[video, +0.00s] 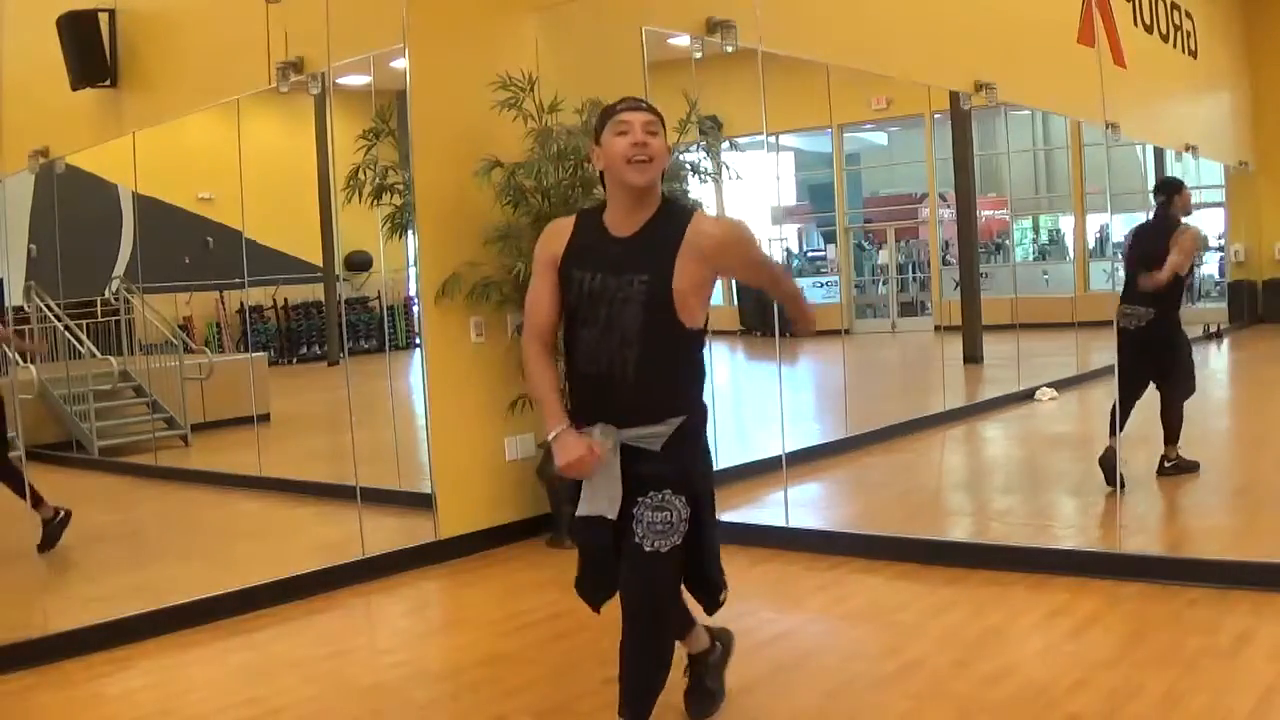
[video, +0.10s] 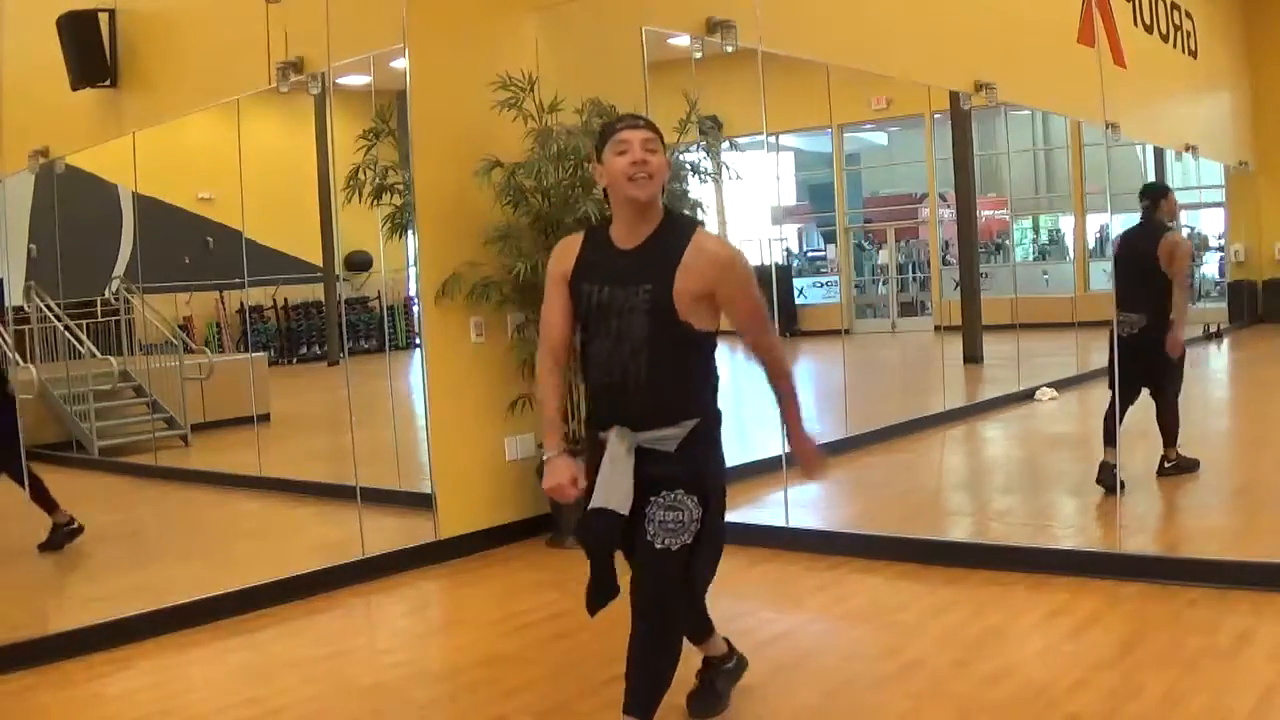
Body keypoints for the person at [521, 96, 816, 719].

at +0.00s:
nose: (640, 140)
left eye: (651, 132)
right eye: (624, 132)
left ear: (669, 153)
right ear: (598, 156)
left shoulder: (708, 237)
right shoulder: (561, 239)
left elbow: (777, 283)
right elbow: (537, 343)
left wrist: (803, 317)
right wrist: (559, 429)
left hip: (667, 443)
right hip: (592, 442)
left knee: (646, 595)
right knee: (623, 573)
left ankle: (632, 714)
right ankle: (704, 644)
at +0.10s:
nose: (639, 158)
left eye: (651, 150)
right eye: (623, 151)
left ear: (667, 171)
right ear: (600, 174)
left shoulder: (710, 258)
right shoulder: (572, 256)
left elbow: (769, 352)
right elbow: (552, 356)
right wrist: (553, 448)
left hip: (683, 452)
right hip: (611, 449)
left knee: (656, 601)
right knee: (657, 572)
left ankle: (636, 715)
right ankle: (720, 655)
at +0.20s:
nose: (642, 172)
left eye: (651, 161)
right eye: (625, 166)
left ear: (669, 175)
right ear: (605, 187)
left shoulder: (713, 260)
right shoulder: (587, 265)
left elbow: (732, 377)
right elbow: (569, 364)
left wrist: (725, 477)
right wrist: (558, 454)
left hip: (695, 443)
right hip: (626, 442)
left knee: (664, 583)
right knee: (668, 568)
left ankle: (641, 710)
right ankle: (726, 662)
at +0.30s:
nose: (646, 171)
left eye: (655, 160)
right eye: (630, 166)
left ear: (673, 174)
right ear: (612, 188)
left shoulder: (714, 247)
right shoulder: (601, 257)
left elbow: (696, 345)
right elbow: (585, 353)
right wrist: (580, 440)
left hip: (703, 429)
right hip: (638, 429)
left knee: (671, 564)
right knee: (672, 556)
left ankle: (645, 706)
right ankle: (728, 663)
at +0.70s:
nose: (622, 166)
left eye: (632, 153)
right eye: (609, 163)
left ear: (661, 165)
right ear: (603, 186)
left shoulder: (698, 228)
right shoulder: (623, 248)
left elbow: (659, 325)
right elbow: (647, 330)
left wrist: (590, 404)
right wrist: (638, 391)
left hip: (719, 408)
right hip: (663, 408)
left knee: (686, 544)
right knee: (690, 534)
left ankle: (660, 692)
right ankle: (730, 662)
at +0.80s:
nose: (607, 167)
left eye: (620, 155)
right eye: (597, 163)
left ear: (653, 164)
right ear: (597, 185)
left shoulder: (690, 232)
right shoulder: (629, 247)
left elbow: (703, 350)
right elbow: (650, 343)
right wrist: (648, 417)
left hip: (712, 412)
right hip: (668, 410)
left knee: (676, 541)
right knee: (689, 536)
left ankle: (664, 693)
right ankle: (729, 661)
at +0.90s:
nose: (601, 165)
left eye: (614, 152)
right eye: (592, 160)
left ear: (649, 164)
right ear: (592, 183)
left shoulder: (685, 229)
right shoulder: (624, 246)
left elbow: (740, 325)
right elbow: (653, 337)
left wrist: (761, 423)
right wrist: (648, 412)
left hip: (708, 409)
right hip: (664, 410)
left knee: (669, 536)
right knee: (692, 535)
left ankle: (681, 690)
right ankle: (727, 661)